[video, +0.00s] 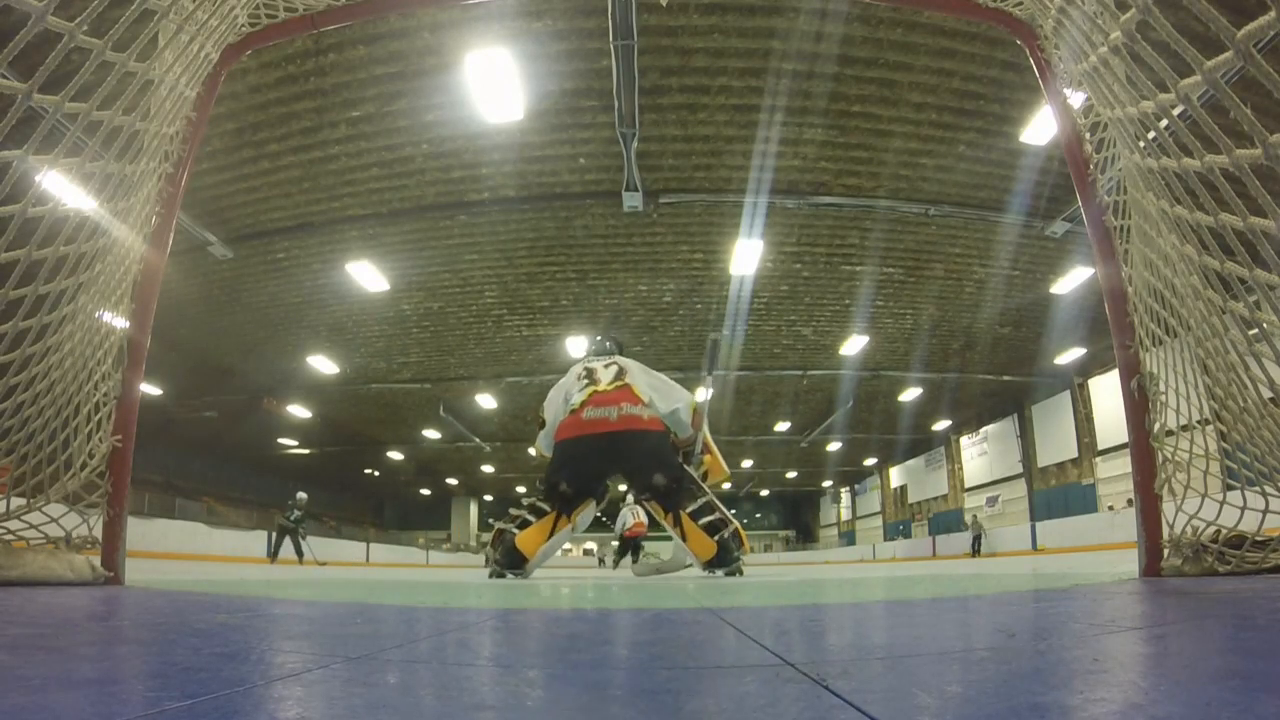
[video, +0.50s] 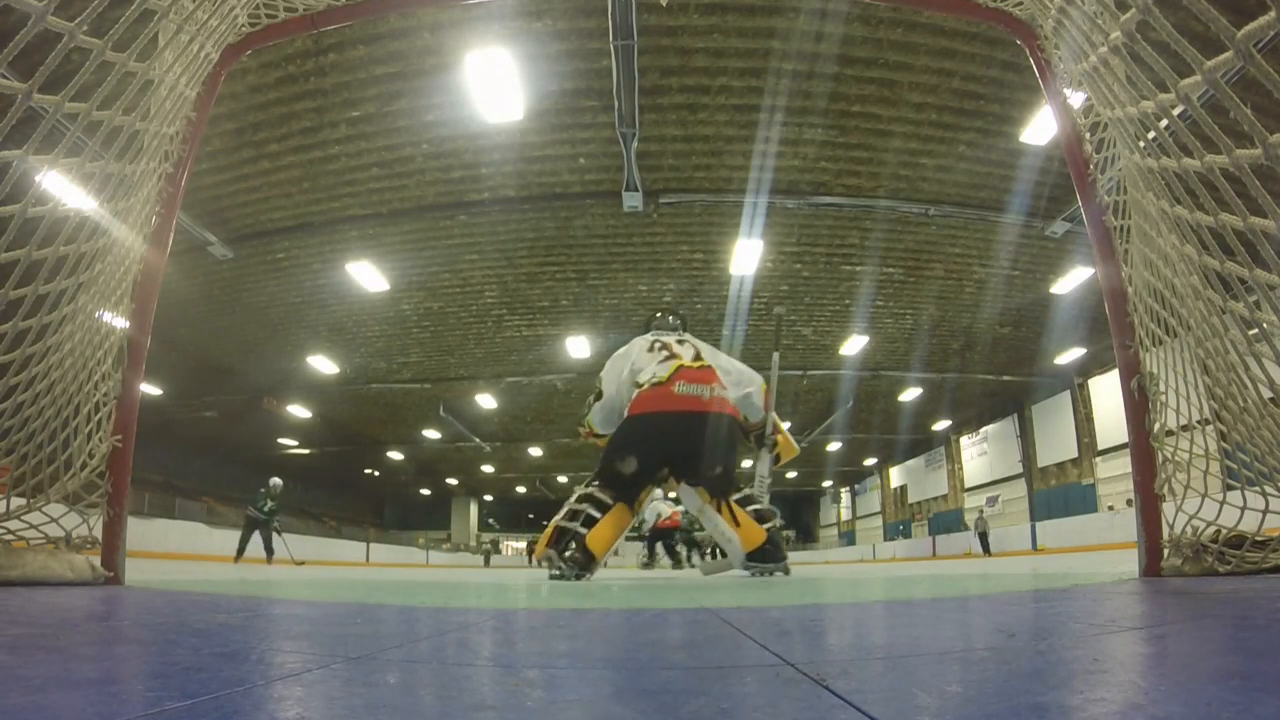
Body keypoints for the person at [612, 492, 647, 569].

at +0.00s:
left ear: (625, 502)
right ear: (633, 501)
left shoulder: (624, 510)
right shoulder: (639, 508)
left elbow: (619, 524)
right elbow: (646, 520)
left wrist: (617, 534)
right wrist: (644, 528)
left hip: (629, 530)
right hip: (641, 530)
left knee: (624, 547)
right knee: (636, 546)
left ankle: (617, 559)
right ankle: (635, 561)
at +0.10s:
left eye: (627, 502)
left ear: (627, 502)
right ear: (635, 501)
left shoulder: (626, 510)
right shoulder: (641, 508)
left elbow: (620, 528)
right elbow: (648, 518)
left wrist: (623, 534)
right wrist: (646, 527)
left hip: (631, 532)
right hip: (643, 531)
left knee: (621, 548)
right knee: (637, 548)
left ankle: (614, 560)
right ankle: (638, 562)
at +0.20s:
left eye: (632, 499)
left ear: (631, 500)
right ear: (640, 499)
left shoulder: (630, 509)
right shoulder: (646, 507)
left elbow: (626, 523)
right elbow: (652, 517)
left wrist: (625, 532)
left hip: (636, 530)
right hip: (648, 529)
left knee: (625, 545)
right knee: (641, 543)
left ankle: (617, 559)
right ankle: (643, 560)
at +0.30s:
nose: (638, 499)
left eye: (638, 498)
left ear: (639, 499)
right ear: (647, 498)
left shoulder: (637, 507)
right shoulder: (654, 505)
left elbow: (633, 522)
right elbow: (659, 515)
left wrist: (630, 532)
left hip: (642, 529)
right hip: (655, 528)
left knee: (632, 545)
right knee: (648, 545)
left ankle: (623, 561)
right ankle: (651, 562)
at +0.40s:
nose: (645, 497)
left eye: (645, 496)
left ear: (645, 497)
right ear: (654, 496)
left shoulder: (646, 506)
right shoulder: (661, 504)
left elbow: (640, 520)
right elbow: (667, 515)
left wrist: (637, 530)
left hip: (650, 530)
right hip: (661, 529)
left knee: (642, 543)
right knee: (657, 544)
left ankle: (637, 560)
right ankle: (662, 558)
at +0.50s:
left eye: (653, 496)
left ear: (653, 496)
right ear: (662, 496)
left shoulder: (654, 505)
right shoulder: (669, 504)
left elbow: (649, 521)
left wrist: (643, 531)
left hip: (659, 529)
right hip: (671, 528)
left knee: (651, 541)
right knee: (667, 544)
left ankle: (651, 560)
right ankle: (677, 559)